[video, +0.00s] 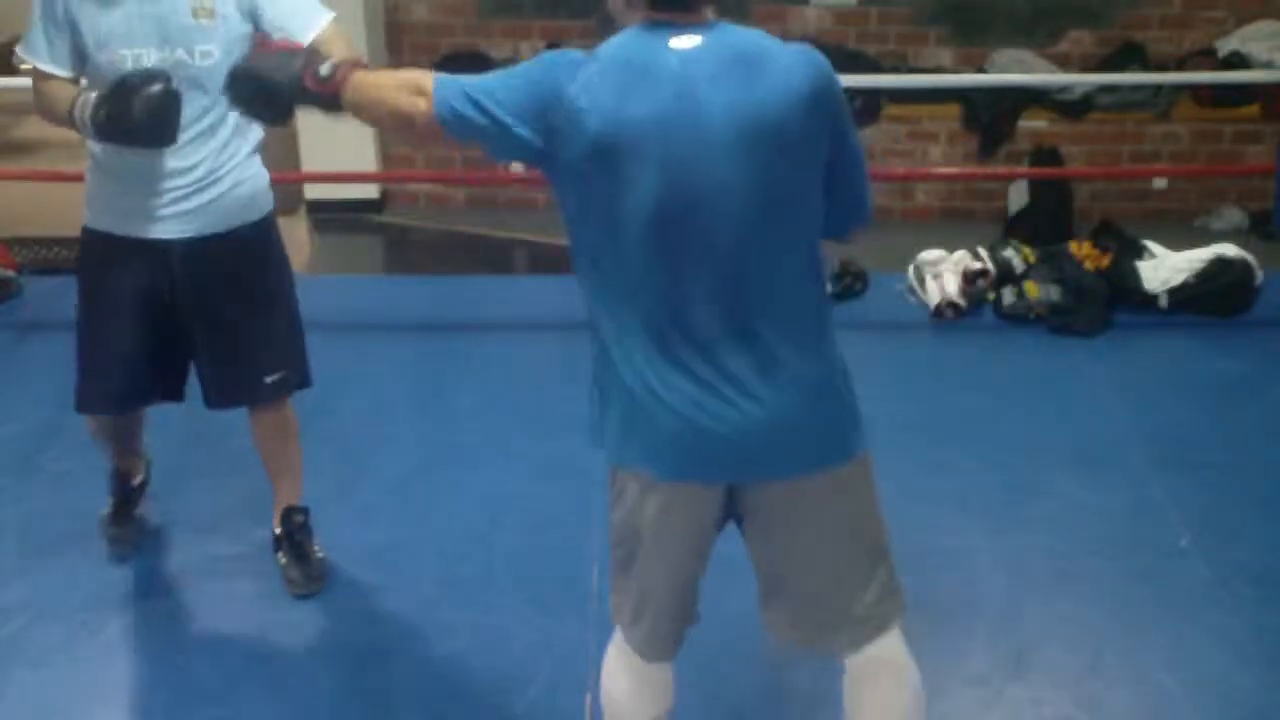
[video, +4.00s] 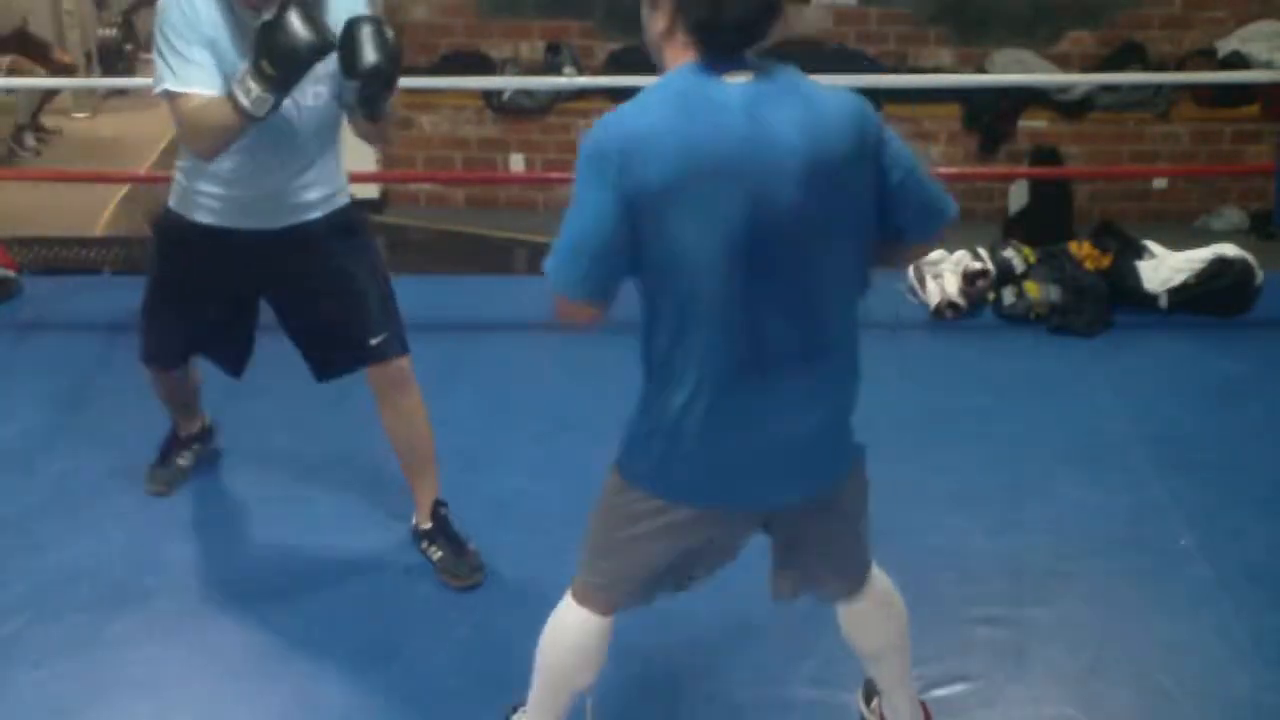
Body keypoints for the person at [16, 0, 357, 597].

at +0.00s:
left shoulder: (251, 2)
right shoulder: (66, 3)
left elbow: (338, 52)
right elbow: (48, 89)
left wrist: (298, 77)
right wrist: (97, 110)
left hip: (231, 216)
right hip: (121, 221)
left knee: (267, 384)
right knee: (108, 399)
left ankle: (292, 523)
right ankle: (128, 474)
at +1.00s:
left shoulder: (91, 7)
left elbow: (110, 83)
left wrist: (129, 123)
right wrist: (4, 146)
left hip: (96, 227)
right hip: (9, 248)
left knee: (154, 385)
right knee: (29, 412)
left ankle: (192, 521)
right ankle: (59, 533)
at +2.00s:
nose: (60, 65)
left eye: (62, 46)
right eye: (44, 54)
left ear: (67, 36)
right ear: (9, 60)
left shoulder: (73, 83)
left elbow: (111, 208)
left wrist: (121, 166)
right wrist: (34, 197)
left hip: (39, 270)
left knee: (170, 391)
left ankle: (258, 528)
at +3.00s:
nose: (199, 9)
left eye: (205, 6)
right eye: (184, 5)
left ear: (211, 5)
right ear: (144, 1)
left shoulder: (227, 30)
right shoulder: (76, 35)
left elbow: (278, 160)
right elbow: (100, 177)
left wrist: (275, 87)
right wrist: (168, 107)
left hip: (198, 243)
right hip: (79, 250)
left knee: (297, 379)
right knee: (12, 394)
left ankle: (342, 527)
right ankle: (0, 496)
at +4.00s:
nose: (262, 0)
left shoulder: (342, 7)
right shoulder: (190, 9)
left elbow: (375, 133)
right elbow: (197, 136)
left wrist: (371, 94)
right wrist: (264, 78)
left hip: (317, 214)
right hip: (205, 217)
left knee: (390, 362)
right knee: (163, 353)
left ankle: (431, 520)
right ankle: (191, 433)